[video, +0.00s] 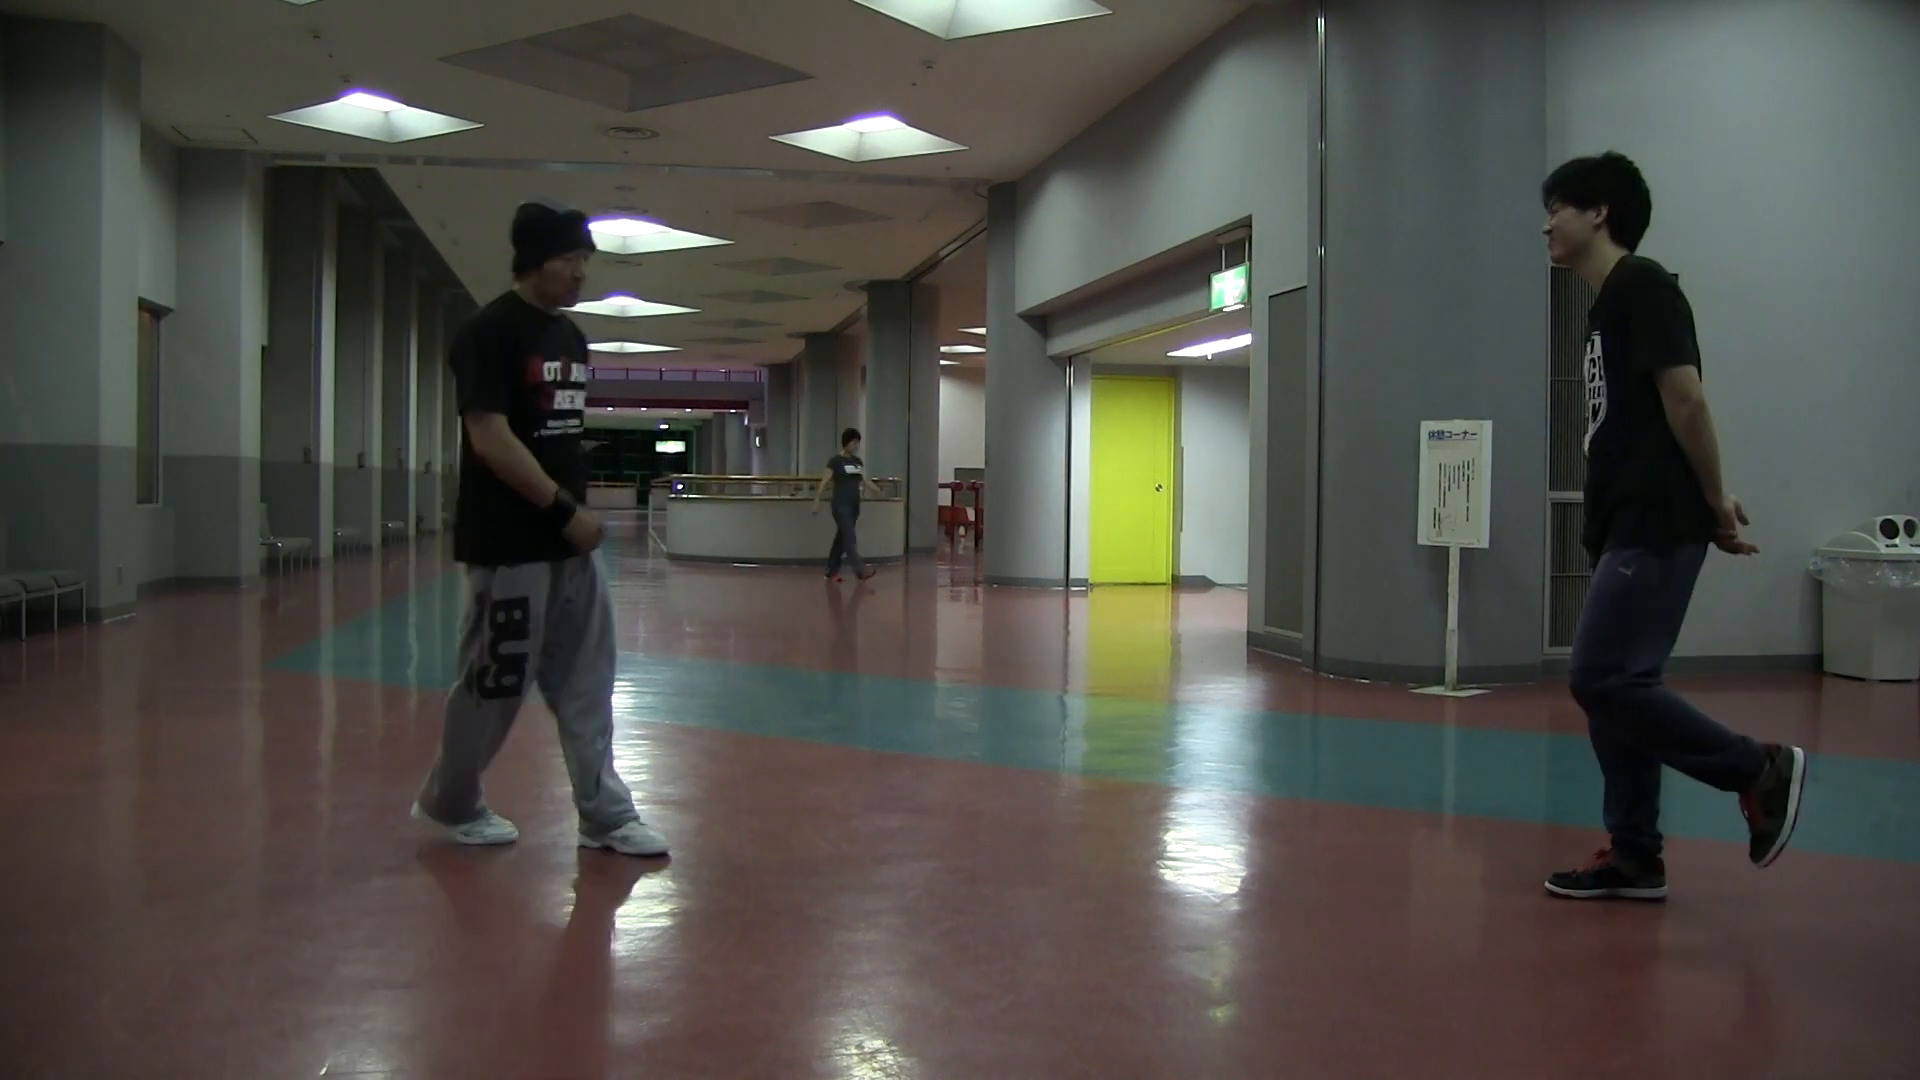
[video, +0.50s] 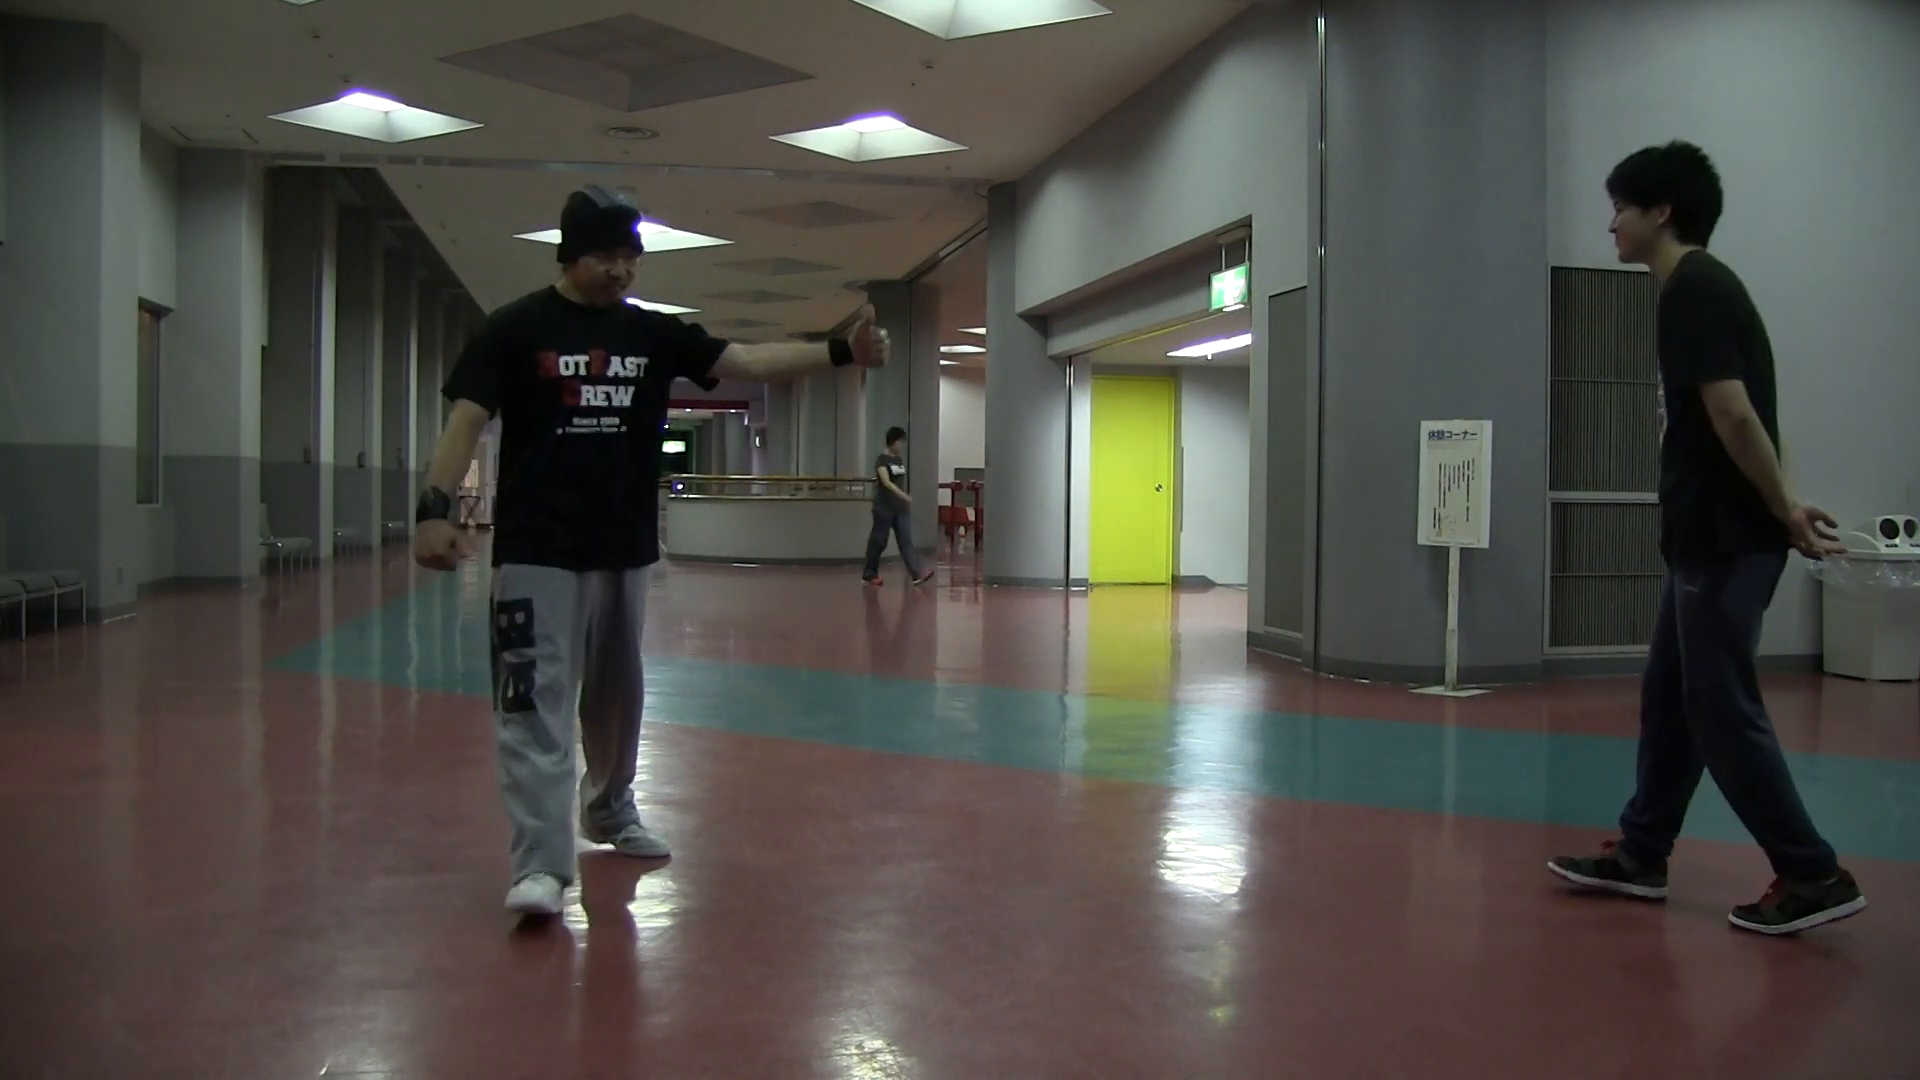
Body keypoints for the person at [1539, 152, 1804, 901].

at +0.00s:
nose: (1546, 227)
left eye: (1555, 212)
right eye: (1546, 214)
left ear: (1599, 214)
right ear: (1588, 219)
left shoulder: (1645, 287)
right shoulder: (1613, 302)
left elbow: (1685, 399)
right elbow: (1651, 413)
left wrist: (1716, 499)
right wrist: (1710, 505)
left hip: (1658, 523)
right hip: (1631, 524)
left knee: (1599, 677)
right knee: (1617, 685)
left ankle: (1757, 771)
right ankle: (1633, 857)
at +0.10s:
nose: (1552, 226)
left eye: (1562, 212)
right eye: (1553, 213)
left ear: (1603, 215)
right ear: (1600, 219)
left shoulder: (1637, 285)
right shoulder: (1628, 289)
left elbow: (1677, 399)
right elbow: (1671, 402)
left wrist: (1719, 498)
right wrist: (1718, 492)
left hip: (1658, 525)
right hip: (1644, 524)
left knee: (1610, 684)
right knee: (1629, 685)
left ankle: (1764, 795)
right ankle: (1634, 858)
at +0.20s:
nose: (1561, 233)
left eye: (1571, 217)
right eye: (1562, 219)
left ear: (1612, 218)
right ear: (1617, 221)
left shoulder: (1635, 284)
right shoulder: (1649, 286)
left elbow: (1673, 398)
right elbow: (1681, 402)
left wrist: (1723, 493)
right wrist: (1727, 489)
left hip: (1663, 530)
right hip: (1659, 529)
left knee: (1638, 692)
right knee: (1645, 692)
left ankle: (1763, 838)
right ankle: (1634, 858)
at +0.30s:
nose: (1577, 237)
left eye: (1586, 220)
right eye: (1577, 222)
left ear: (1626, 220)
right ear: (1637, 224)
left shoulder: (1644, 286)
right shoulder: (1678, 291)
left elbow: (1679, 405)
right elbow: (1719, 408)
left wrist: (1735, 500)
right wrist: (1745, 496)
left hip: (1680, 537)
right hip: (1684, 537)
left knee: (1667, 699)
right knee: (1652, 696)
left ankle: (1785, 856)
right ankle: (1635, 858)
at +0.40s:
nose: (1595, 233)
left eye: (1604, 218)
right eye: (1596, 218)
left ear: (1643, 218)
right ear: (1656, 222)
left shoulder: (1663, 291)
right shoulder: (1697, 291)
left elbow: (1703, 411)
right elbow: (1740, 411)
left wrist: (1758, 506)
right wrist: (1769, 501)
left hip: (1696, 546)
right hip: (1707, 544)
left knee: (1703, 711)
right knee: (1663, 703)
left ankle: (1804, 870)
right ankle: (1636, 858)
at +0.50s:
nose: (1612, 223)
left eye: (1621, 209)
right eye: (1613, 209)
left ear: (1661, 213)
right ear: (1672, 215)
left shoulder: (1690, 292)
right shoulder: (1710, 288)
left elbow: (1732, 415)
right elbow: (1755, 416)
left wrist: (1785, 511)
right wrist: (1791, 507)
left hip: (1722, 548)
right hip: (1711, 544)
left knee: (1721, 711)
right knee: (1669, 698)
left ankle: (1813, 876)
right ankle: (1640, 857)